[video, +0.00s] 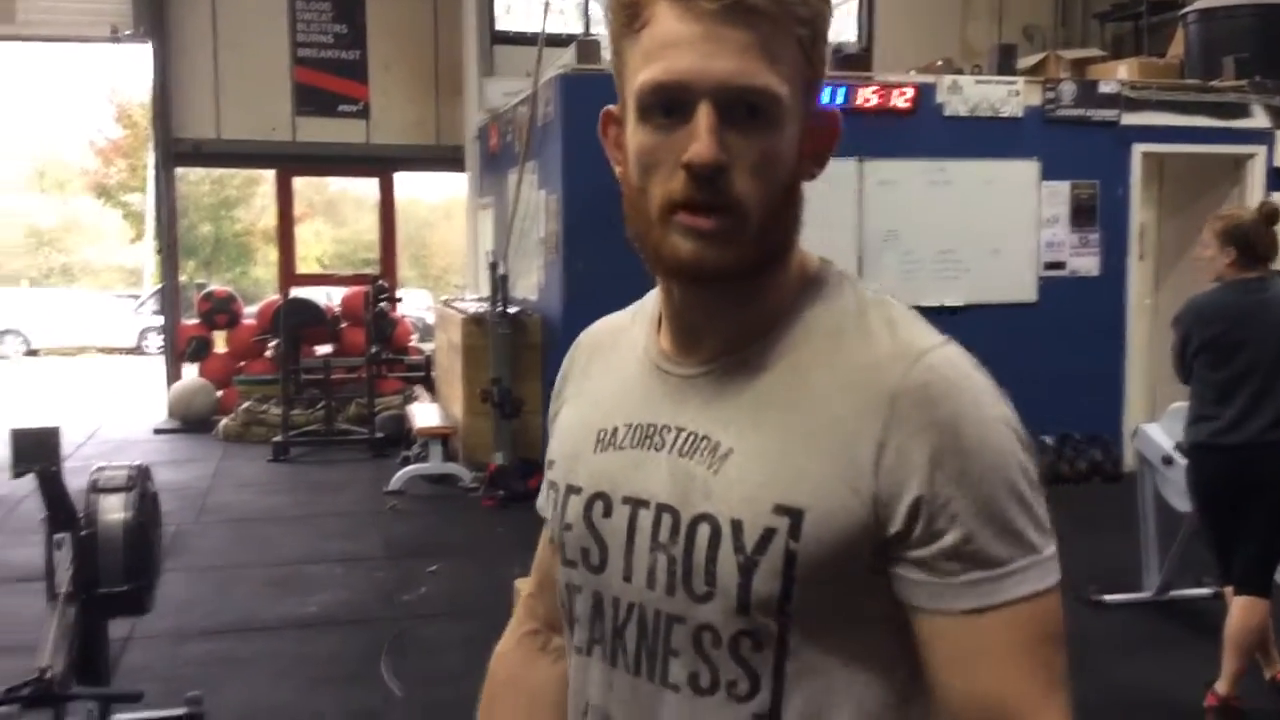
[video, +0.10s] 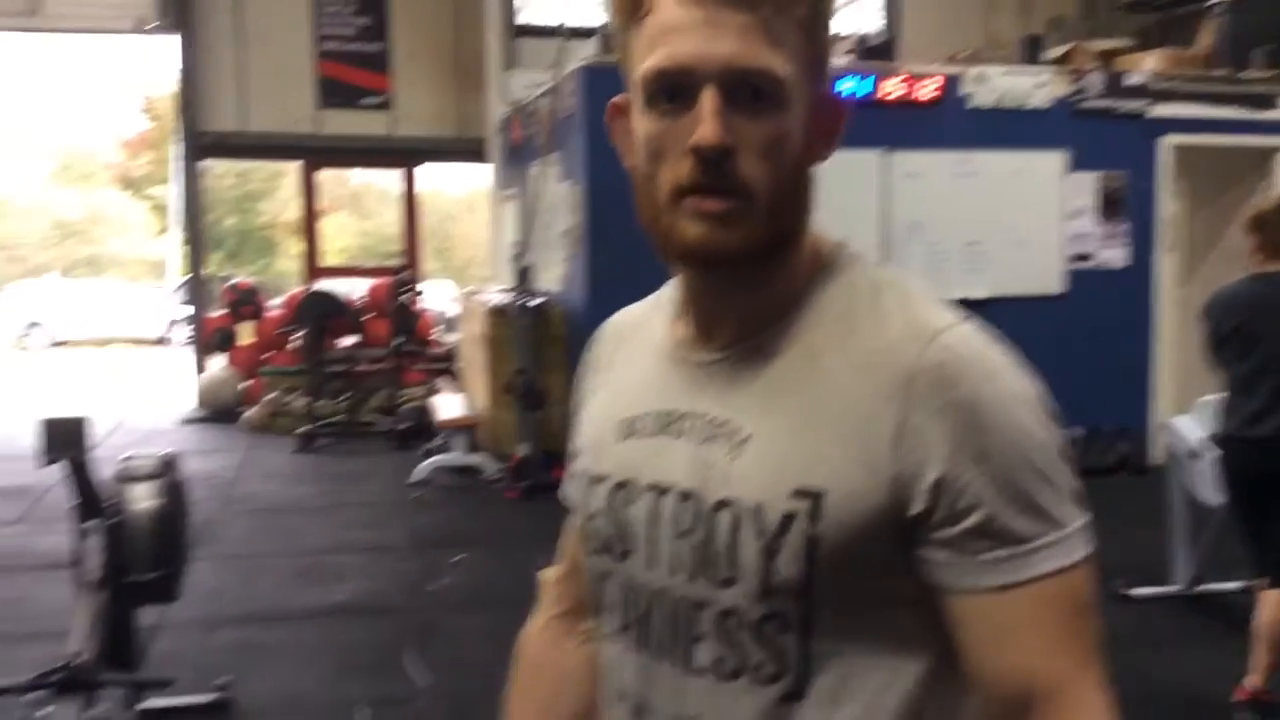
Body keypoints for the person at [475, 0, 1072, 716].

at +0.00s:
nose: (704, 153)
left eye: (747, 111)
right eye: (667, 110)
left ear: (814, 144)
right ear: (616, 143)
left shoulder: (927, 404)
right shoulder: (594, 362)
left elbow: (1014, 712)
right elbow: (544, 635)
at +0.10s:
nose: (709, 137)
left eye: (752, 97)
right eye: (672, 97)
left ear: (823, 128)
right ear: (624, 131)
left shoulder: (946, 382)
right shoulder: (617, 351)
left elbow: (1053, 696)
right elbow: (572, 617)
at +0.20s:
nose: (752, 112)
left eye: (797, 70)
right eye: (715, 74)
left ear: (875, 99)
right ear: (672, 111)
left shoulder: (1010, 353)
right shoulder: (687, 332)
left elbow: (1134, 682)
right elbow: (645, 594)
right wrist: (595, 706)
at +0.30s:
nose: (820, 85)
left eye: (867, 39)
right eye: (786, 51)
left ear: (968, 55)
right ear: (758, 81)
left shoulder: (1108, 323)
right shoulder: (799, 304)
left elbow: (1242, 677)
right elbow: (754, 577)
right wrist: (691, 707)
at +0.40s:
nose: (871, 87)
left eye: (918, 35)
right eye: (855, 47)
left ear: (1054, 28)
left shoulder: (1219, 298)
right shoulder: (930, 283)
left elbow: (1266, 664)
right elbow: (904, 575)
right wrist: (810, 703)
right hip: (909, 705)